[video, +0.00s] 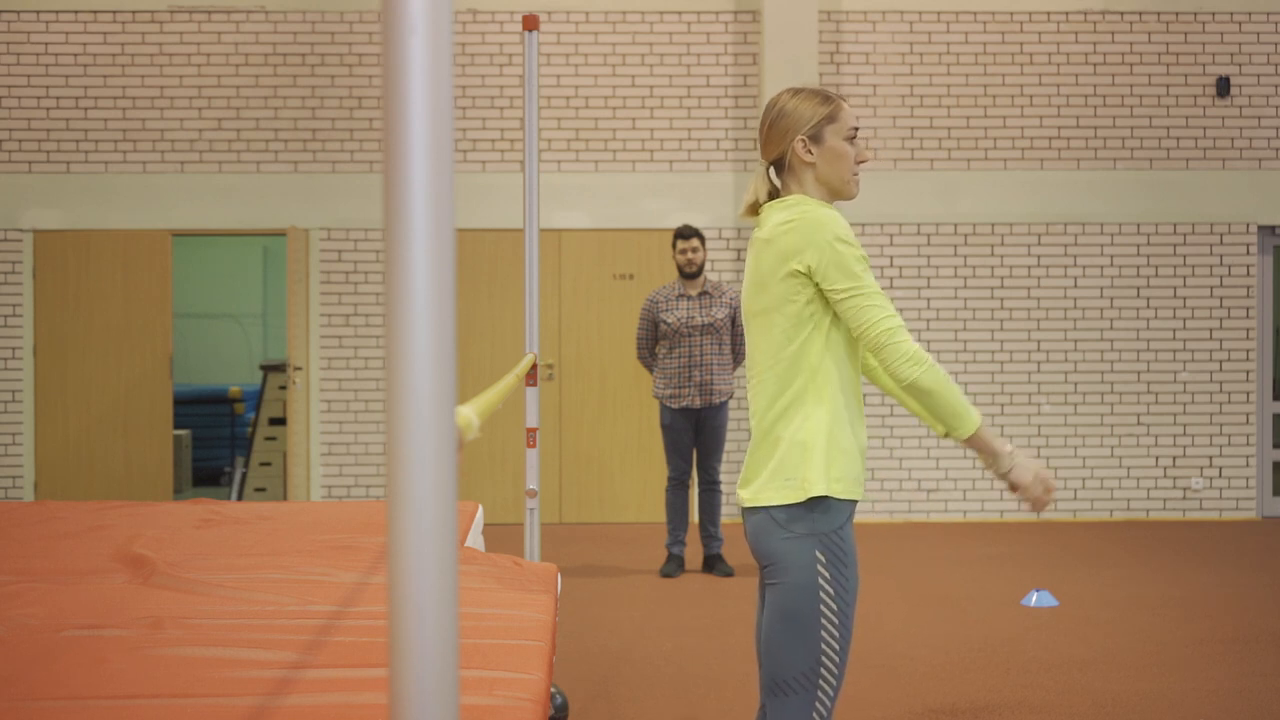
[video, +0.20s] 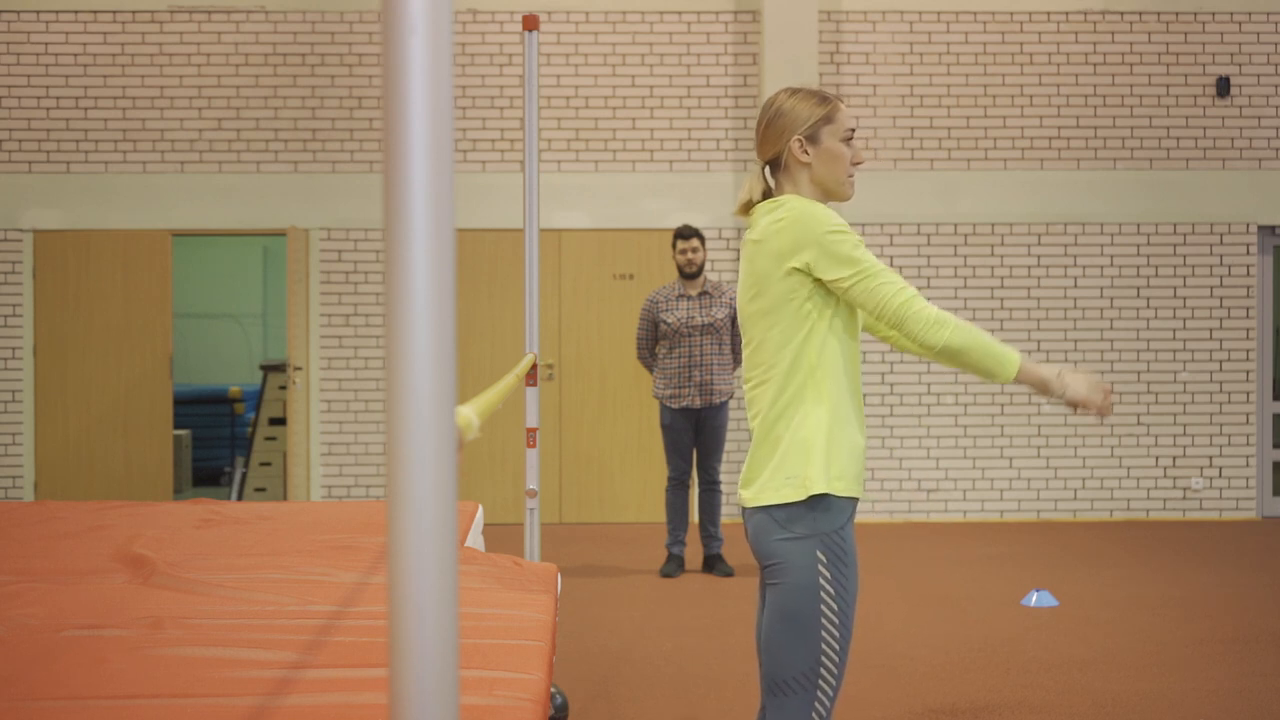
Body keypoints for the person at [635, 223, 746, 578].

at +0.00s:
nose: (689, 256)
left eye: (695, 250)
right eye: (682, 251)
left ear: (705, 254)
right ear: (674, 256)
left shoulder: (728, 297)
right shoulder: (659, 300)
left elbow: (739, 348)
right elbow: (644, 350)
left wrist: (717, 372)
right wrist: (669, 376)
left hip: (715, 402)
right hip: (675, 402)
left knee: (710, 478)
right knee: (678, 477)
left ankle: (713, 552)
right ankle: (675, 553)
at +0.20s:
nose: (689, 256)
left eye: (695, 250)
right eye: (682, 251)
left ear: (705, 254)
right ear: (674, 256)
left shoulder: (727, 297)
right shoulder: (658, 300)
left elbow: (737, 347)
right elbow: (643, 350)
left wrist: (720, 373)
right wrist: (668, 377)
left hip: (716, 402)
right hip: (675, 402)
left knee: (710, 478)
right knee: (678, 477)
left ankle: (713, 552)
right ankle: (675, 553)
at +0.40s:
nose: (689, 256)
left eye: (695, 250)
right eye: (682, 251)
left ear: (705, 254)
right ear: (674, 256)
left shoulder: (726, 298)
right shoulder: (658, 300)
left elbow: (738, 346)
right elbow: (644, 351)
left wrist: (720, 372)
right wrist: (668, 377)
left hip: (716, 402)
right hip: (675, 402)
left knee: (710, 478)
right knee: (678, 477)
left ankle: (713, 552)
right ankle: (675, 552)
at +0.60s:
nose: (689, 257)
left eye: (695, 250)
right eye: (682, 252)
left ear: (705, 254)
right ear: (674, 256)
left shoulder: (726, 297)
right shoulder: (659, 300)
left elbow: (740, 346)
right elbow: (644, 350)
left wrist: (719, 371)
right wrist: (668, 376)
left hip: (715, 402)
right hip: (675, 402)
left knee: (710, 478)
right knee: (678, 477)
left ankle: (713, 552)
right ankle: (675, 553)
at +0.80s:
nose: (689, 257)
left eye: (694, 250)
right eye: (682, 252)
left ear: (705, 254)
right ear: (673, 256)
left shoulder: (727, 297)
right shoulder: (658, 300)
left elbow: (741, 346)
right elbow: (644, 350)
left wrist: (719, 372)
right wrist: (669, 376)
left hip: (715, 402)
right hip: (675, 402)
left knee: (710, 479)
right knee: (679, 477)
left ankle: (713, 552)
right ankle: (675, 553)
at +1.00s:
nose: (688, 256)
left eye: (694, 250)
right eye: (682, 251)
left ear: (705, 253)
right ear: (673, 256)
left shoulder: (728, 297)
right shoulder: (658, 300)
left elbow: (741, 346)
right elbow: (644, 351)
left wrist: (718, 372)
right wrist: (669, 376)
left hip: (715, 402)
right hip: (674, 403)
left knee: (710, 479)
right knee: (678, 477)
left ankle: (713, 553)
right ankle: (675, 552)